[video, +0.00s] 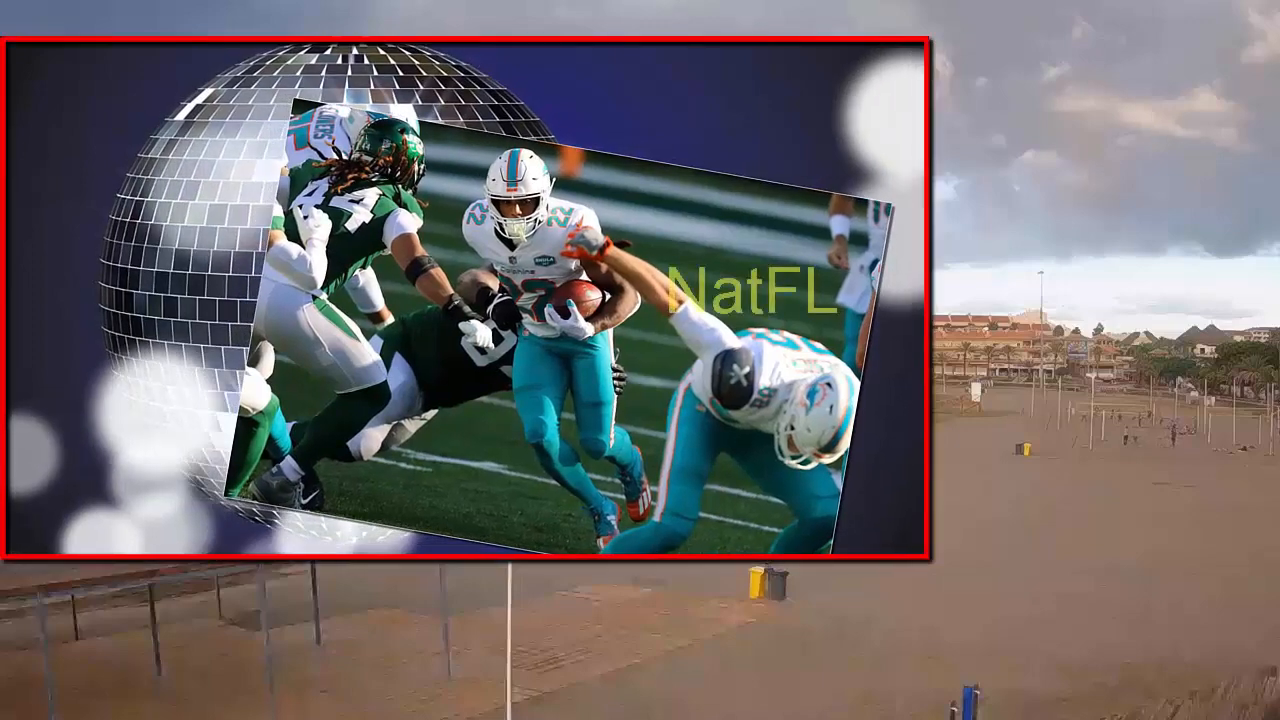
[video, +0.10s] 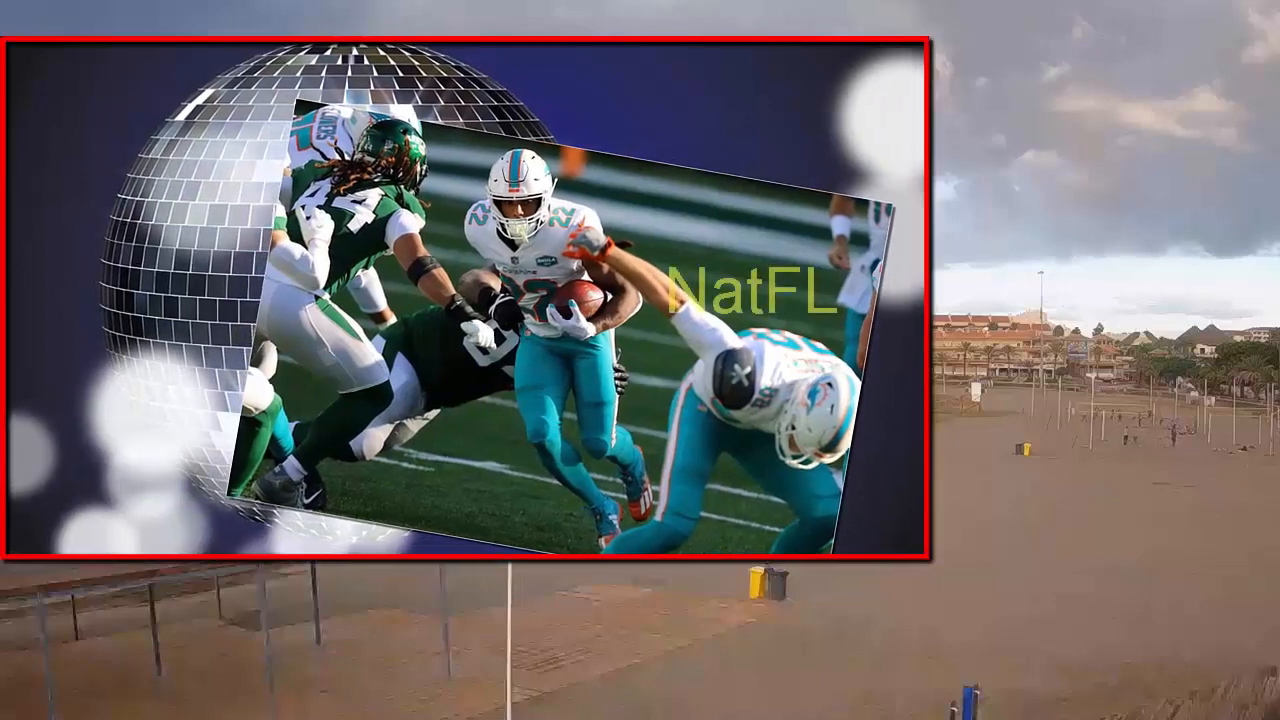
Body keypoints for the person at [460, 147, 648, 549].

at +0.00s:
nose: (514, 213)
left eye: (524, 203)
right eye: (505, 204)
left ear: (543, 196)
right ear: (492, 199)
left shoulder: (576, 226)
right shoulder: (476, 224)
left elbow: (630, 293)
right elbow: (503, 269)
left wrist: (593, 327)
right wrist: (504, 301)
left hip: (589, 340)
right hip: (535, 339)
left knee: (596, 443)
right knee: (540, 436)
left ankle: (632, 470)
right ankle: (602, 510)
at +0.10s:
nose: (516, 213)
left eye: (526, 203)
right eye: (507, 204)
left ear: (544, 197)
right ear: (493, 199)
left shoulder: (577, 226)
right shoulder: (479, 224)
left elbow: (631, 292)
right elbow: (504, 269)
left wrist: (595, 327)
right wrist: (503, 301)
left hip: (590, 339)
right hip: (536, 339)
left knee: (597, 443)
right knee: (542, 436)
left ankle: (634, 471)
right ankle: (604, 509)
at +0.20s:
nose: (518, 213)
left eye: (528, 204)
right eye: (509, 204)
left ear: (546, 197)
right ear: (496, 199)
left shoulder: (579, 226)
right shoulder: (481, 225)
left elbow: (633, 293)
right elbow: (507, 269)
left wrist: (597, 328)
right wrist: (510, 301)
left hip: (592, 340)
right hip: (539, 339)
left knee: (599, 442)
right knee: (543, 435)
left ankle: (635, 470)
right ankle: (605, 509)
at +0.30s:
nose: (520, 214)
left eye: (530, 204)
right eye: (511, 205)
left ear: (548, 198)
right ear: (498, 200)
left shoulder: (581, 227)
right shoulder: (483, 225)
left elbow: (635, 294)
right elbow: (511, 271)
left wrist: (599, 327)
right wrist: (515, 302)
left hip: (594, 340)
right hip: (541, 339)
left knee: (601, 442)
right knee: (545, 435)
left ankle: (637, 471)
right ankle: (607, 509)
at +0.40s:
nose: (522, 214)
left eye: (532, 205)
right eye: (513, 206)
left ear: (550, 198)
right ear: (500, 200)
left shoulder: (583, 227)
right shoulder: (485, 226)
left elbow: (636, 294)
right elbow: (511, 270)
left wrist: (601, 327)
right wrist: (514, 302)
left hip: (595, 340)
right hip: (542, 339)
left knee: (602, 442)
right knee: (547, 435)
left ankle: (639, 470)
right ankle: (608, 509)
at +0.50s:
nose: (524, 215)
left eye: (534, 205)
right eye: (514, 206)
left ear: (552, 199)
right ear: (502, 201)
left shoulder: (585, 228)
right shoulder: (487, 226)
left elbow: (638, 294)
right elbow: (515, 271)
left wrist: (602, 327)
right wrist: (515, 302)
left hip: (597, 340)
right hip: (544, 339)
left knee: (604, 441)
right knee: (549, 435)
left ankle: (640, 469)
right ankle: (610, 508)